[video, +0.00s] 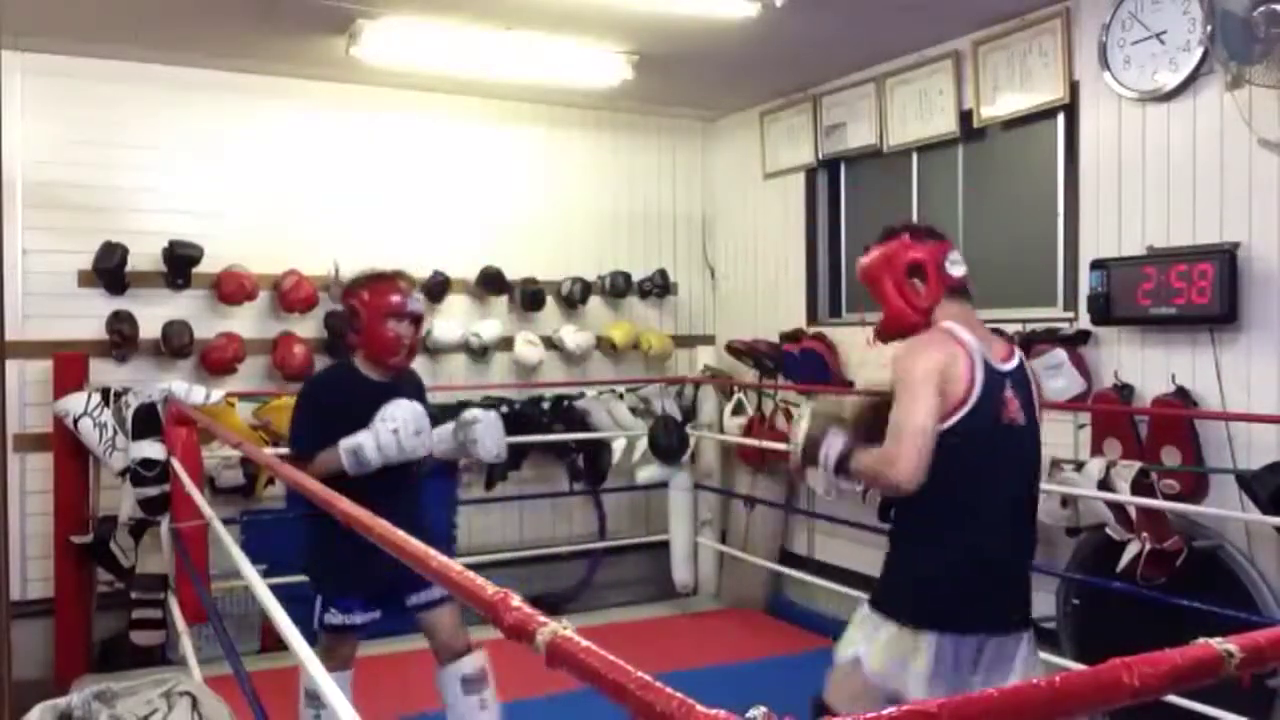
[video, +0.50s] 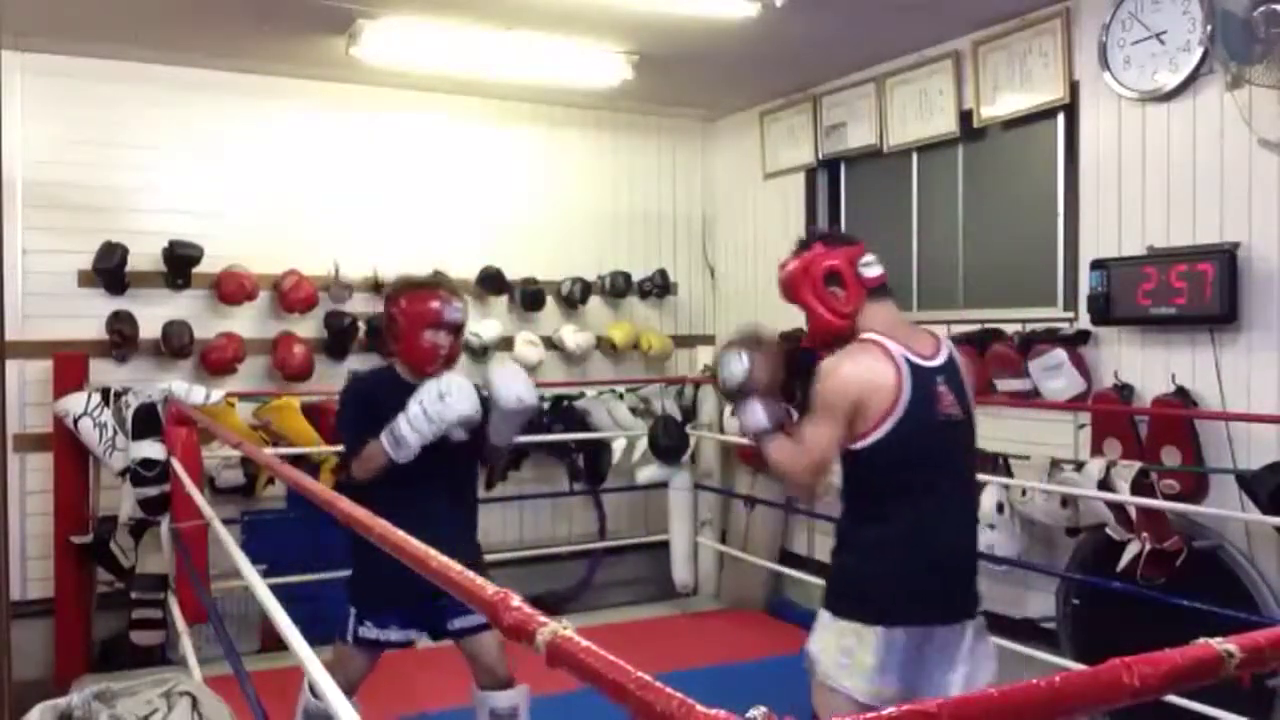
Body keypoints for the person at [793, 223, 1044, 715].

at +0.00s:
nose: (881, 313)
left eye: (883, 293)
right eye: (878, 295)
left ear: (916, 283)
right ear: (949, 278)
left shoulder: (926, 352)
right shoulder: (1010, 355)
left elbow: (903, 471)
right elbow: (992, 472)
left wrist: (840, 454)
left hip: (927, 605)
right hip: (1005, 603)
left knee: (842, 705)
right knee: (984, 718)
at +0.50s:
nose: (807, 320)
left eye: (807, 305)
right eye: (802, 307)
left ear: (836, 292)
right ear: (868, 280)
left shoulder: (850, 370)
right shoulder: (946, 352)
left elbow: (800, 469)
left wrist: (756, 406)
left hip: (873, 602)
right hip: (953, 593)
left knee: (840, 707)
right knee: (943, 715)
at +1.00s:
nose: (814, 323)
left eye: (815, 308)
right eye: (811, 309)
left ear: (847, 298)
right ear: (876, 293)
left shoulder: (850, 367)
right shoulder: (935, 366)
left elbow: (802, 473)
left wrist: (754, 406)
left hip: (844, 585)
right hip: (916, 587)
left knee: (731, 695)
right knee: (886, 711)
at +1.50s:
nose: (775, 321)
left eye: (777, 307)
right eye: (772, 308)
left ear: (809, 298)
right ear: (825, 293)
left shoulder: (828, 376)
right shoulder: (887, 362)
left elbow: (776, 477)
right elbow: (826, 441)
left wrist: (724, 416)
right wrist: (758, 397)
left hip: (810, 582)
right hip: (874, 578)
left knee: (726, 703)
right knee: (866, 709)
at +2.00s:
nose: (752, 337)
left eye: (753, 324)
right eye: (748, 326)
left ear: (787, 313)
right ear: (801, 309)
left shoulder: (820, 389)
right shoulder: (855, 375)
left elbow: (751, 481)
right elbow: (775, 460)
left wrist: (720, 402)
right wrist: (740, 395)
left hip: (794, 596)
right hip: (856, 596)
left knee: (684, 690)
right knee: (850, 710)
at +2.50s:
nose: (565, 323)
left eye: (568, 311)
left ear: (580, 313)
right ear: (643, 315)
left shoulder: (553, 378)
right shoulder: (691, 381)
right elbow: (695, 440)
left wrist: (488, 390)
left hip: (589, 594)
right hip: (678, 591)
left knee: (542, 704)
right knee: (760, 708)